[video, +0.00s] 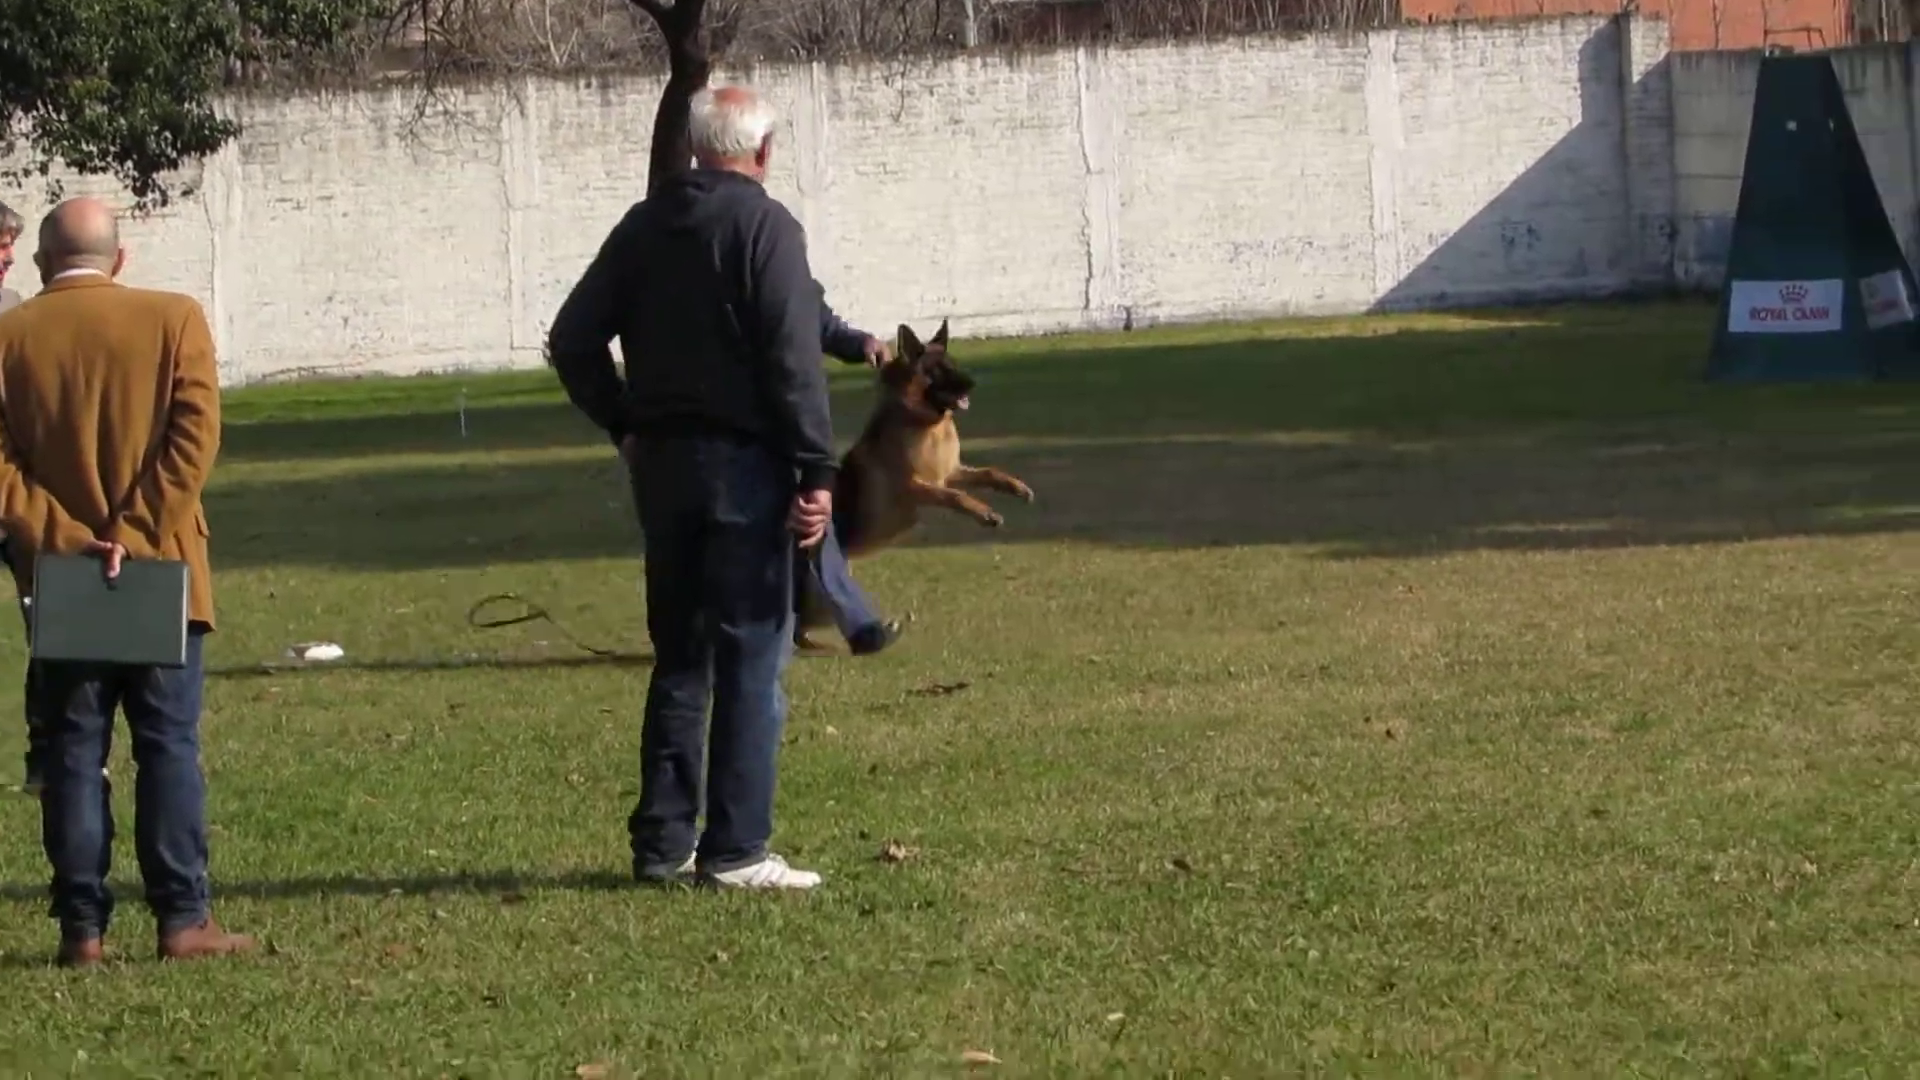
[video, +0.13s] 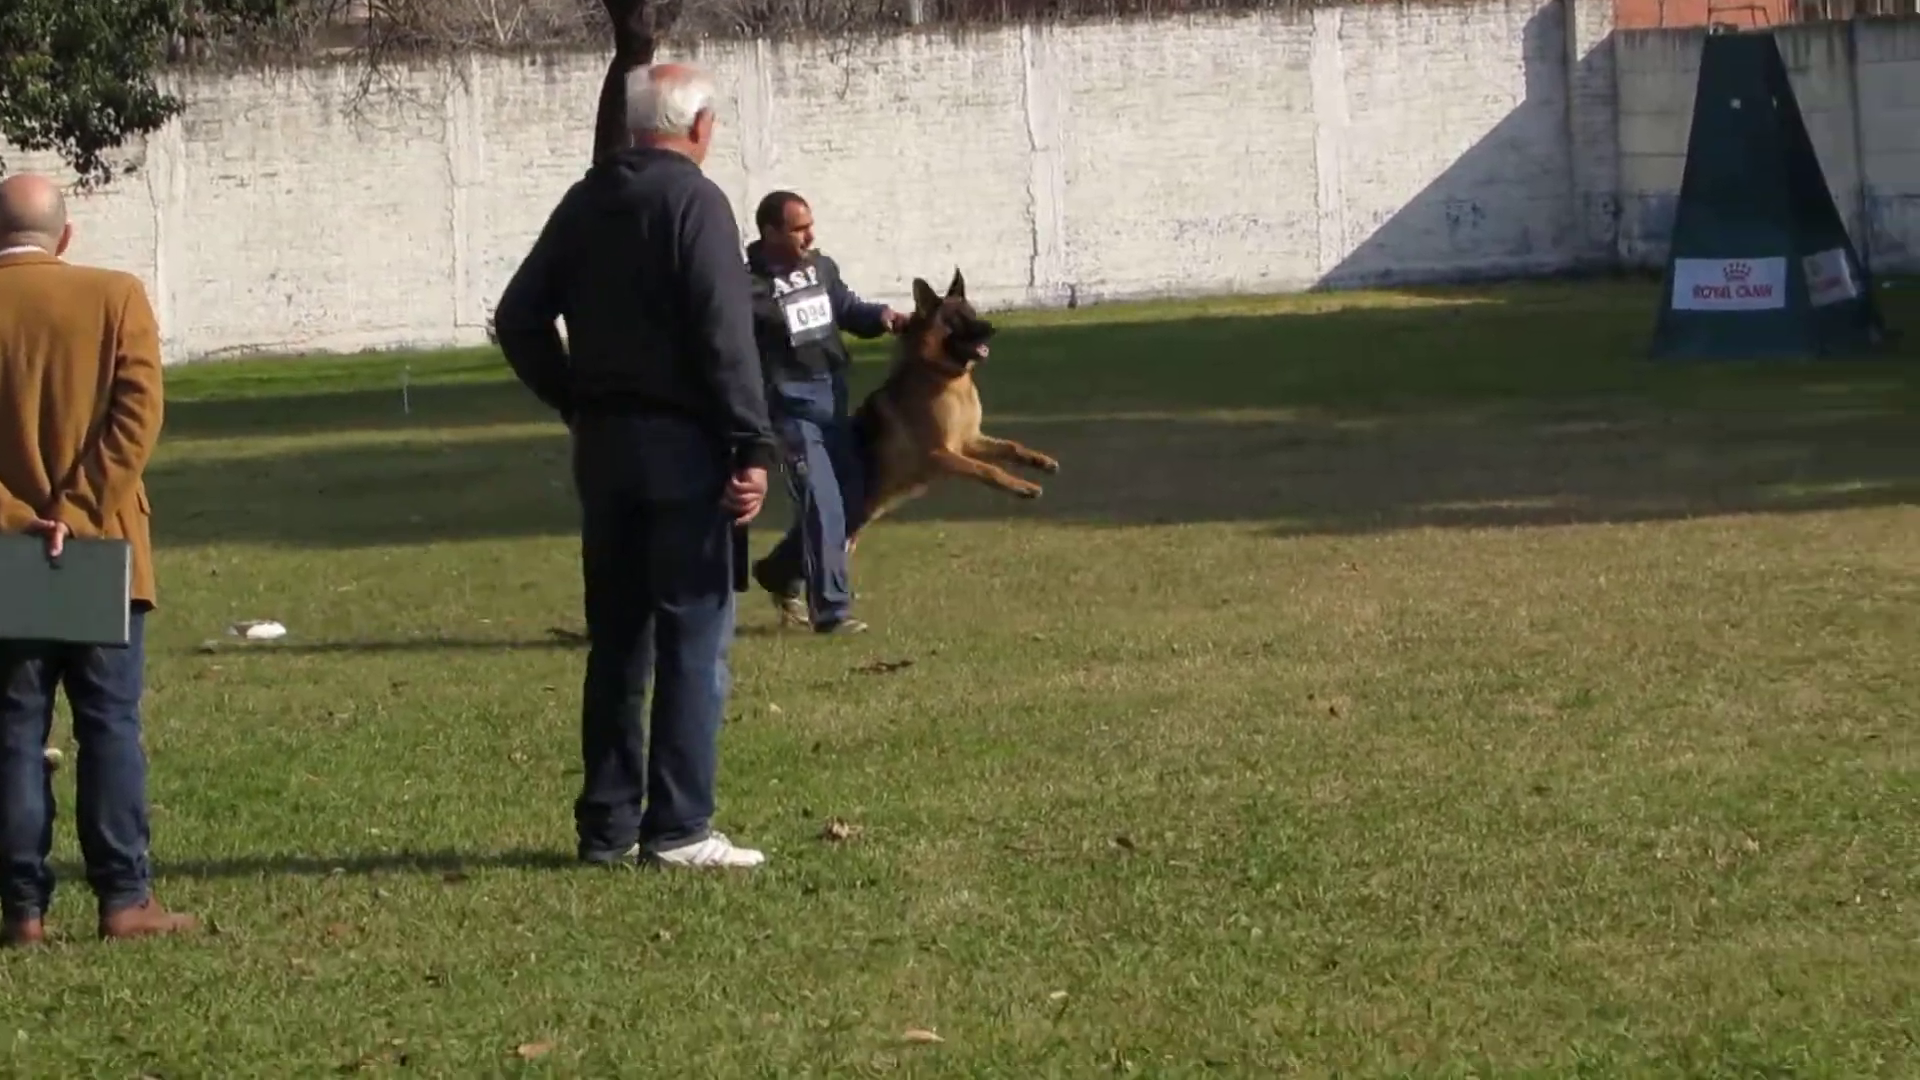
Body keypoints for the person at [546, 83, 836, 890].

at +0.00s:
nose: (774, 159)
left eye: (768, 147)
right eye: (773, 148)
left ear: (694, 144)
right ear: (760, 150)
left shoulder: (644, 222)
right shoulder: (765, 225)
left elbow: (571, 340)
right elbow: (794, 360)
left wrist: (627, 424)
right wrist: (815, 470)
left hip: (663, 469)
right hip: (745, 470)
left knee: (678, 656)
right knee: (753, 656)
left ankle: (663, 844)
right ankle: (738, 851)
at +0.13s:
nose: (716, 135)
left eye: (713, 121)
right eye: (713, 123)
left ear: (634, 121)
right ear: (696, 127)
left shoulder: (585, 198)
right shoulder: (696, 201)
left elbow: (517, 318)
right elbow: (726, 335)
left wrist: (580, 401)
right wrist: (752, 447)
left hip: (605, 450)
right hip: (686, 450)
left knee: (615, 635)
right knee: (696, 637)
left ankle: (608, 824)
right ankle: (681, 828)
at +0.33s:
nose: (578, 101)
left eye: (576, 86)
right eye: (572, 88)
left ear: (503, 92)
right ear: (541, 94)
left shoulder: (449, 166)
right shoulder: (547, 169)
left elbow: (386, 292)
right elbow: (574, 301)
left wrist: (448, 376)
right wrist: (599, 416)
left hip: (470, 423)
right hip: (543, 421)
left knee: (480, 611)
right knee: (563, 614)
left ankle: (477, 799)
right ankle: (549, 801)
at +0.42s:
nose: (507, 94)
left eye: (506, 78)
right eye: (502, 79)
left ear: (435, 82)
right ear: (469, 82)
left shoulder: (379, 155)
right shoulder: (473, 158)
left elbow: (317, 282)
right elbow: (499, 288)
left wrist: (378, 366)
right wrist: (523, 405)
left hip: (398, 412)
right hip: (472, 411)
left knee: (408, 602)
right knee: (493, 606)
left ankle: (407, 790)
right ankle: (480, 792)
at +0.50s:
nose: (421, 86)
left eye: (421, 70)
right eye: (417, 71)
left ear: (351, 72)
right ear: (384, 73)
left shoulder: (296, 147)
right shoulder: (387, 151)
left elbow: (233, 275)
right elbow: (413, 280)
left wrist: (295, 359)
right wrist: (436, 396)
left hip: (313, 406)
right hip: (386, 406)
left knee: (322, 596)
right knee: (406, 597)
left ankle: (325, 783)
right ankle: (397, 784)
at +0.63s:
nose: (300, 80)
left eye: (300, 65)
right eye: (296, 66)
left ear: (231, 63)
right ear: (263, 63)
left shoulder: (176, 136)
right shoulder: (263, 139)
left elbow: (113, 267)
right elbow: (287, 268)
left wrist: (173, 348)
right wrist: (311, 386)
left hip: (193, 393)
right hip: (261, 393)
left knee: (204, 586)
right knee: (289, 586)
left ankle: (210, 775)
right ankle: (283, 776)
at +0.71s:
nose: (213, 76)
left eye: (214, 61)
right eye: (210, 61)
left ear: (148, 60)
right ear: (176, 60)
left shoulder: (90, 133)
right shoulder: (174, 136)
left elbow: (27, 260)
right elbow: (198, 261)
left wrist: (84, 343)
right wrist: (221, 381)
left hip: (105, 389)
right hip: (173, 388)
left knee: (116, 582)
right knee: (201, 584)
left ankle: (122, 772)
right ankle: (195, 773)